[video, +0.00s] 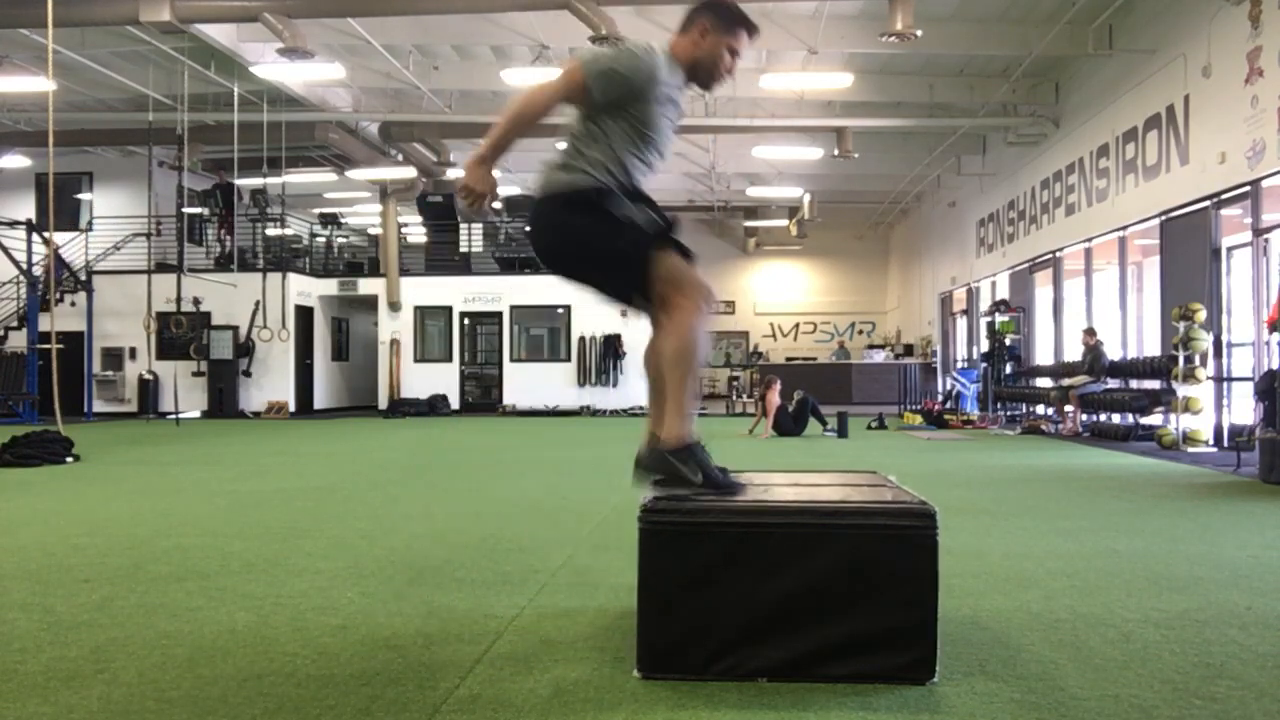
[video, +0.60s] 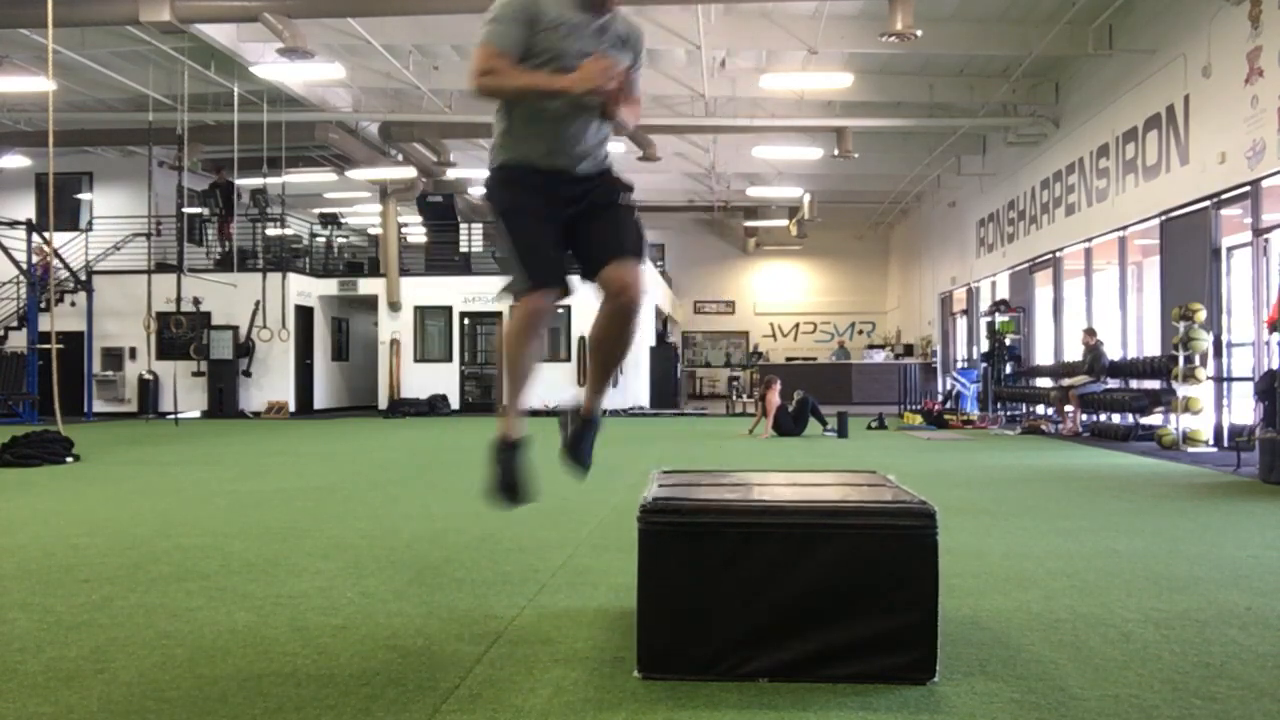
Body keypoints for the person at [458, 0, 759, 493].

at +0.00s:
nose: (732, 68)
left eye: (737, 58)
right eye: (731, 52)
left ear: (702, 39)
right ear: (700, 33)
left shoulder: (670, 87)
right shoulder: (641, 61)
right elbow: (548, 92)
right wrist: (483, 161)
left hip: (587, 214)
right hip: (576, 205)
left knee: (679, 305)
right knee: (688, 292)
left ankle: (661, 444)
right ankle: (675, 442)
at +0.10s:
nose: (743, 92)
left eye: (747, 82)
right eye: (741, 76)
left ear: (709, 66)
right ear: (708, 60)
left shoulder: (672, 113)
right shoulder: (662, 93)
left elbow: (600, 184)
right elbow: (573, 128)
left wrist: (552, 248)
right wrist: (517, 200)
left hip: (590, 246)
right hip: (606, 239)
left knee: (689, 336)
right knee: (727, 326)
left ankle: (660, 459)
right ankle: (673, 457)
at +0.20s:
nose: (740, 87)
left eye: (744, 77)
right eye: (738, 72)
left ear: (706, 62)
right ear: (704, 57)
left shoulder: (677, 110)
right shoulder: (667, 96)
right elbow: (606, 145)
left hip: (596, 245)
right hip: (616, 239)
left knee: (693, 351)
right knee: (734, 331)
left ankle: (661, 460)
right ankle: (674, 458)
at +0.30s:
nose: (719, 51)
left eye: (724, 42)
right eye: (716, 35)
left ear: (685, 25)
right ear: (680, 18)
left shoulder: (667, 92)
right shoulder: (643, 59)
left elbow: (641, 199)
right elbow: (601, 120)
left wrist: (690, 231)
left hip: (608, 224)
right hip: (595, 219)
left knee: (689, 326)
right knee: (702, 316)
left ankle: (663, 457)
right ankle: (673, 458)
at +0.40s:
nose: (697, 7)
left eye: (700, 3)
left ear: (674, 3)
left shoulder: (663, 49)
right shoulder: (608, 11)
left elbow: (636, 129)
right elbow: (575, 75)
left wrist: (678, 143)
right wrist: (659, 99)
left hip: (604, 183)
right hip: (561, 171)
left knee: (667, 296)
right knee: (631, 295)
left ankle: (664, 443)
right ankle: (656, 442)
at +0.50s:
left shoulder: (645, 25)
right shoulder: (570, 3)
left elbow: (624, 116)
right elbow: (531, 62)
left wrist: (643, 101)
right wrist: (619, 71)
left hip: (600, 162)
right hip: (539, 153)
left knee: (653, 273)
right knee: (588, 279)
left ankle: (606, 397)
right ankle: (585, 427)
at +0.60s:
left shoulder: (627, 35)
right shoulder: (524, 8)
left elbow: (631, 111)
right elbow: (485, 75)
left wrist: (617, 105)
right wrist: (572, 82)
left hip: (591, 179)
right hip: (522, 176)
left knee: (628, 288)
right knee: (539, 298)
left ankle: (590, 411)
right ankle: (509, 435)